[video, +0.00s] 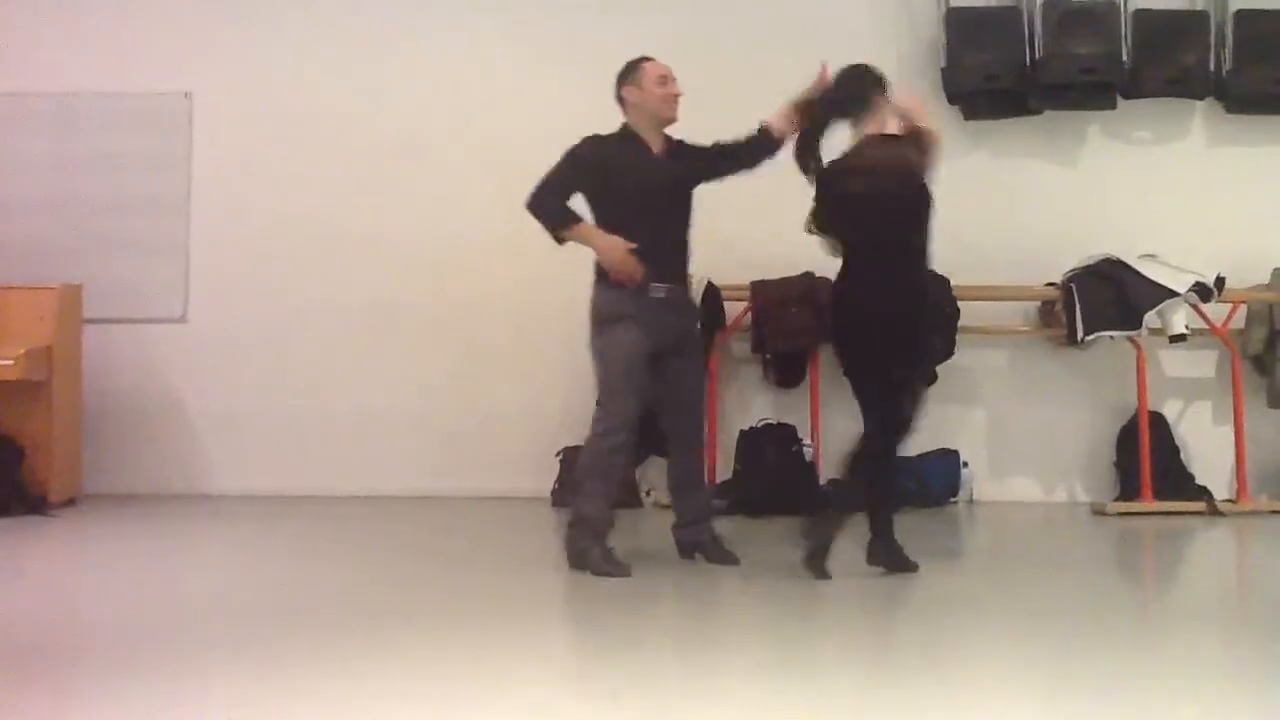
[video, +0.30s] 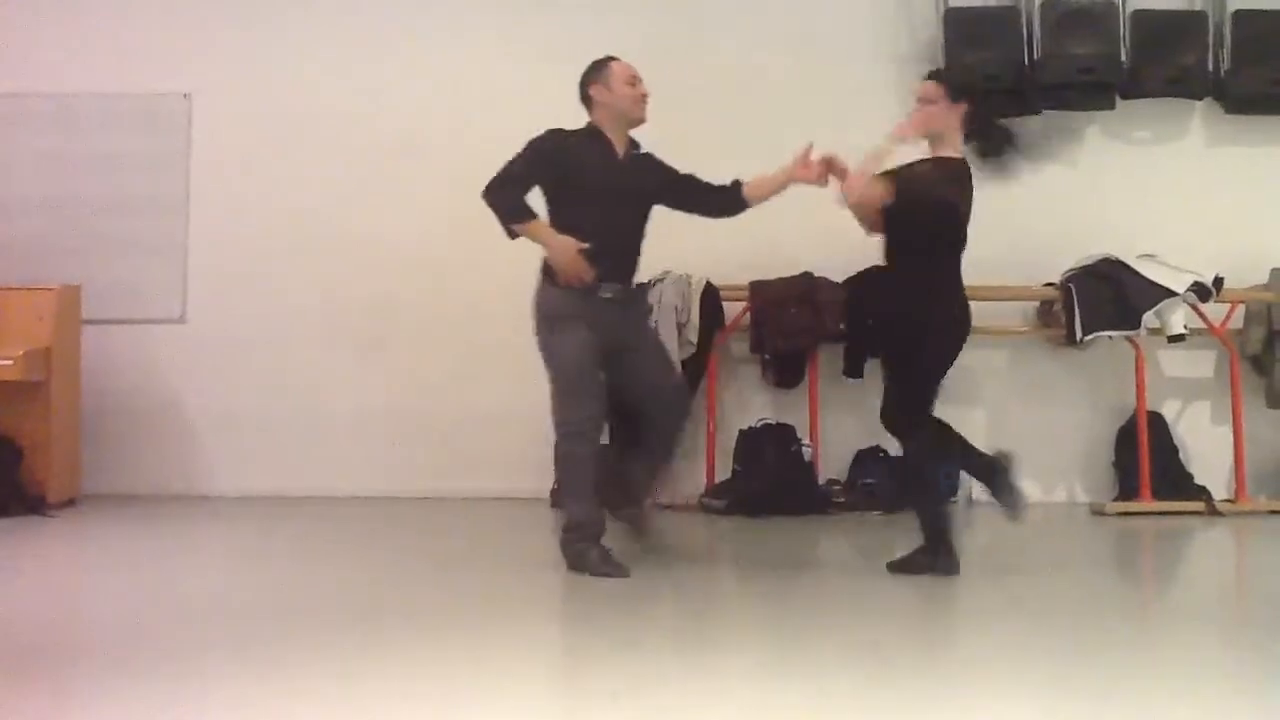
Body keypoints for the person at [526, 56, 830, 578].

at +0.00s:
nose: (675, 90)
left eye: (674, 82)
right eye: (662, 82)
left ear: (671, 95)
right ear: (628, 95)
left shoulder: (684, 157)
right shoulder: (598, 152)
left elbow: (749, 152)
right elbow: (543, 202)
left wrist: (802, 106)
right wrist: (599, 241)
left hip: (676, 307)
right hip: (622, 307)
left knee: (687, 423)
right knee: (618, 420)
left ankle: (695, 531)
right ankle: (586, 538)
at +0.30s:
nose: (644, 91)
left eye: (642, 83)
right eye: (631, 83)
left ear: (622, 97)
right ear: (596, 93)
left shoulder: (644, 170)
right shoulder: (560, 146)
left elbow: (718, 200)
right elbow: (500, 192)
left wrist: (789, 175)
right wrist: (549, 242)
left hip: (622, 308)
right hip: (567, 305)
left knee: (667, 399)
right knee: (580, 415)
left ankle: (623, 490)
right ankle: (580, 540)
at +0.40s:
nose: (635, 89)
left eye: (632, 82)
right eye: (622, 81)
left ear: (605, 95)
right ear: (586, 92)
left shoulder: (635, 168)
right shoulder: (548, 147)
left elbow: (709, 203)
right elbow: (490, 197)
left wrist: (781, 182)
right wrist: (537, 244)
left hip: (609, 309)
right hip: (555, 302)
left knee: (638, 421)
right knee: (572, 417)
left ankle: (558, 486)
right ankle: (581, 540)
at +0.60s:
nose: (622, 91)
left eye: (620, 83)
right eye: (609, 83)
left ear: (594, 97)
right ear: (575, 95)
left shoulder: (621, 169)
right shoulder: (538, 150)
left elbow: (694, 210)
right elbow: (480, 204)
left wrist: (765, 188)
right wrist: (527, 247)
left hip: (584, 311)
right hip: (540, 304)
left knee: (565, 421)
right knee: (564, 417)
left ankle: (486, 516)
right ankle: (581, 541)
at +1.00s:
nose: (620, 95)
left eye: (619, 86)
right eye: (607, 88)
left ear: (609, 101)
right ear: (575, 102)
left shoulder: (618, 170)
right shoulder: (559, 151)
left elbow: (656, 232)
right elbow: (524, 196)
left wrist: (703, 206)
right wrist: (590, 204)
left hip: (603, 310)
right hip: (571, 305)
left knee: (600, 420)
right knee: (600, 419)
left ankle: (510, 505)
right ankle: (587, 540)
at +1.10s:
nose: (629, 98)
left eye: (628, 91)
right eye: (616, 91)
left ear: (625, 102)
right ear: (585, 105)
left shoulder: (624, 171)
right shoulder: (577, 153)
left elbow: (643, 242)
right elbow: (604, 180)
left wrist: (686, 206)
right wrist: (665, 171)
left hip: (625, 309)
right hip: (592, 307)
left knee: (646, 420)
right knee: (614, 417)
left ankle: (588, 505)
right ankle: (589, 541)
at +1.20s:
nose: (637, 102)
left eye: (638, 95)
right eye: (624, 96)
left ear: (639, 106)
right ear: (595, 110)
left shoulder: (634, 168)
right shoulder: (590, 157)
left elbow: (654, 235)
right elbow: (634, 165)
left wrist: (686, 198)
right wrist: (690, 152)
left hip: (639, 311)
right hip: (602, 311)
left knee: (673, 408)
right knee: (620, 418)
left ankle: (645, 512)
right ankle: (591, 538)